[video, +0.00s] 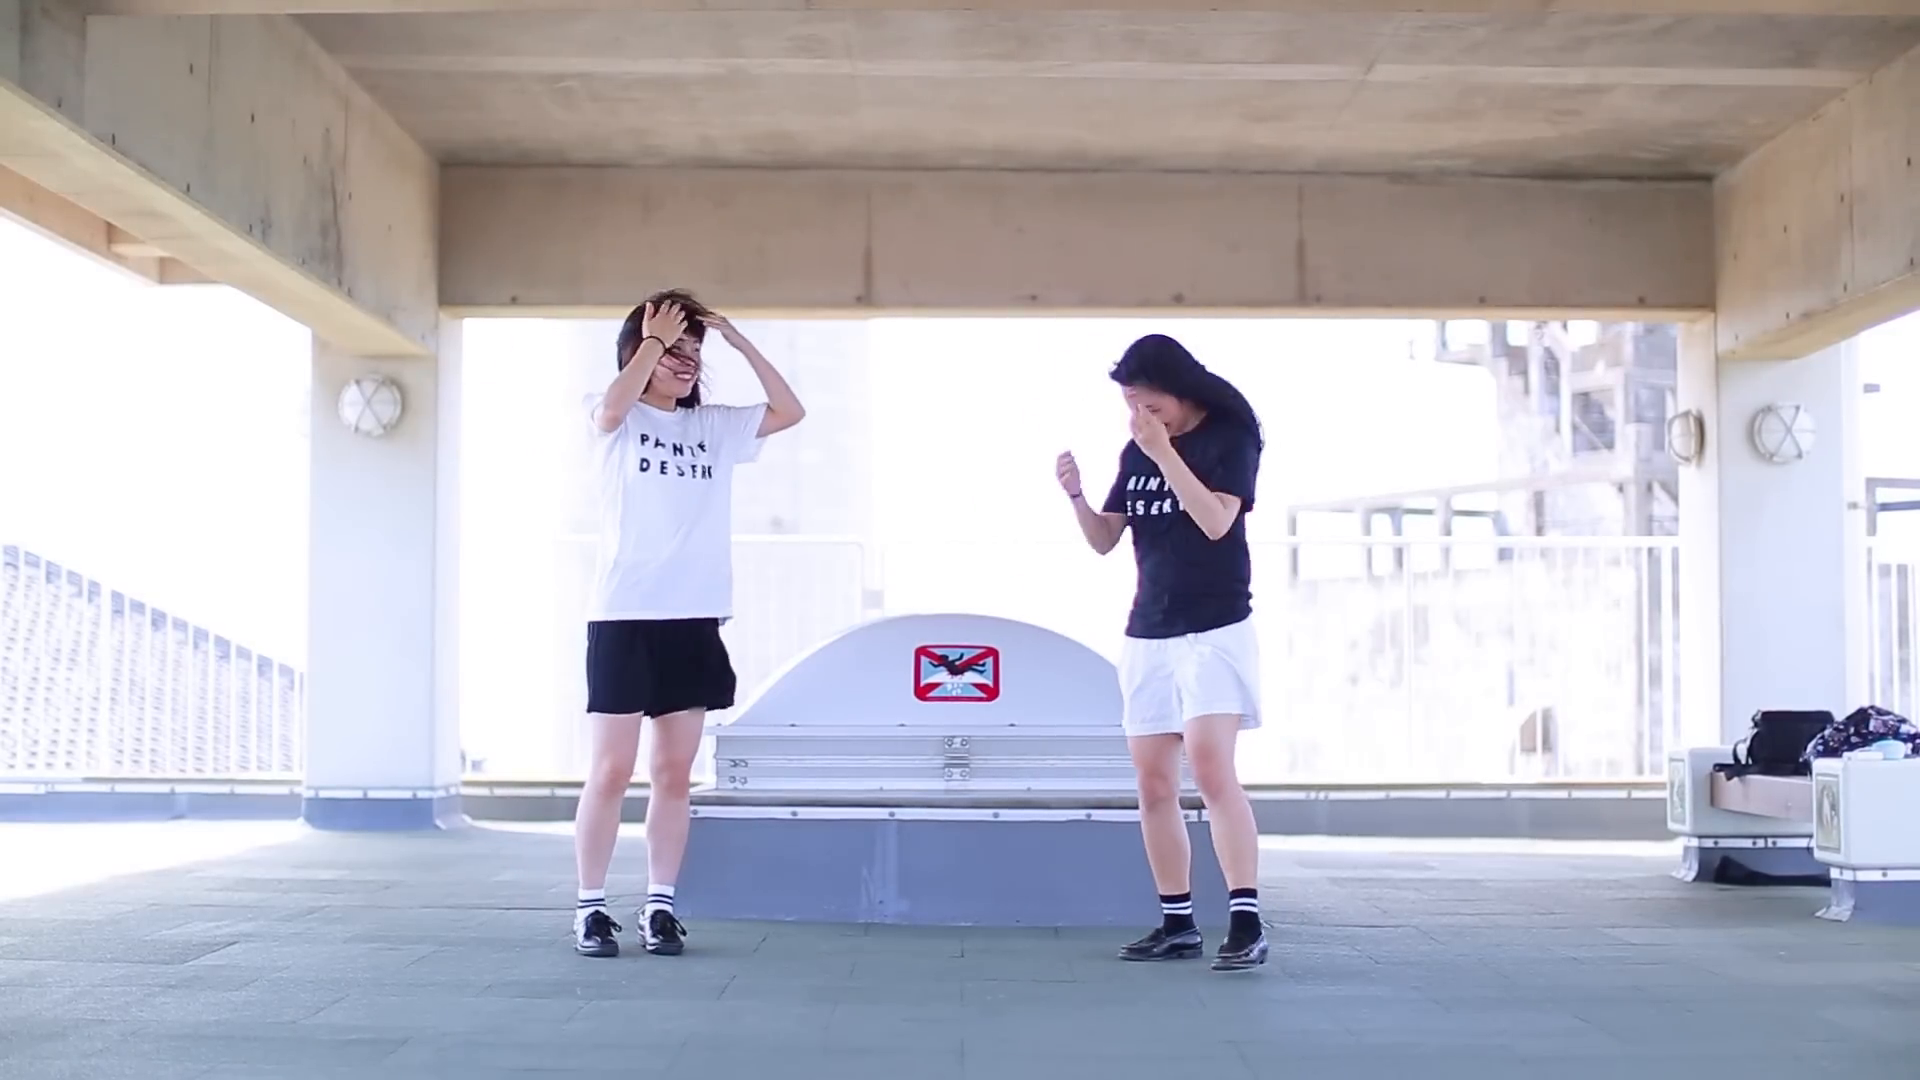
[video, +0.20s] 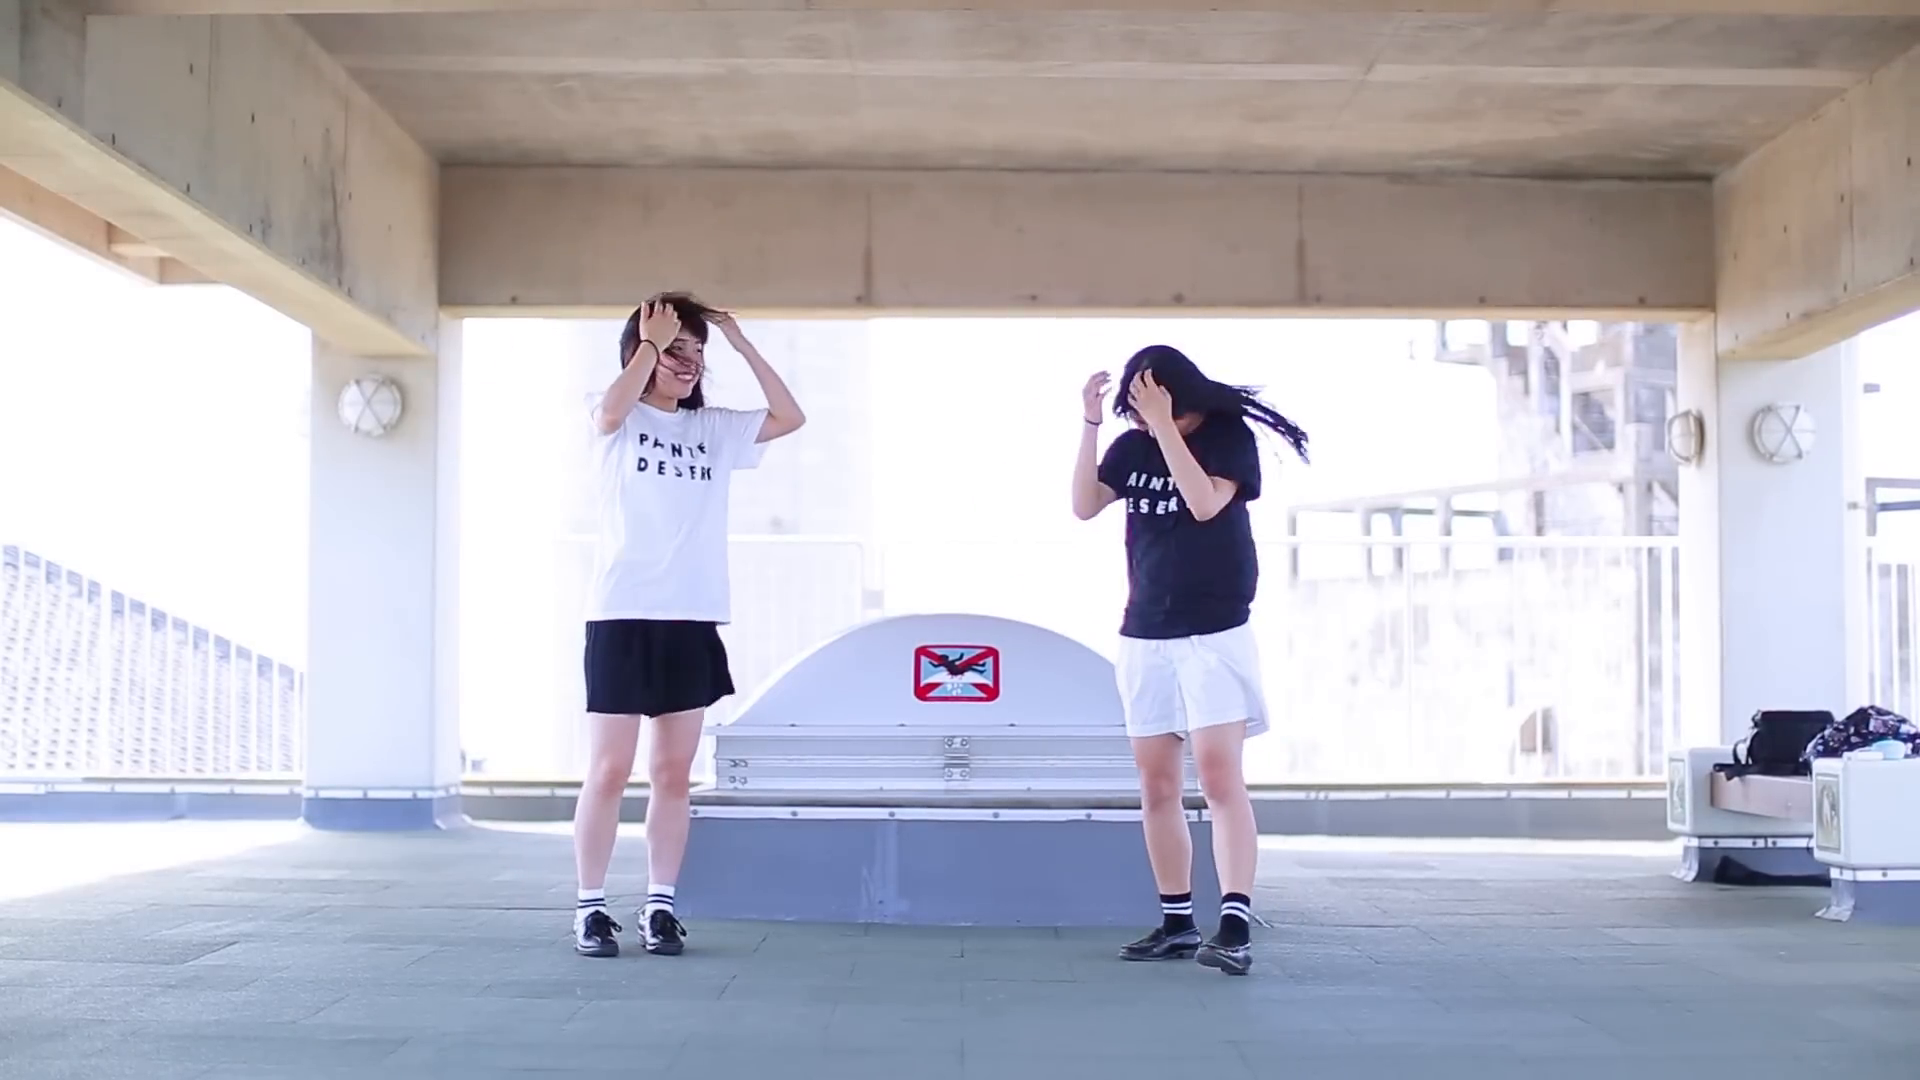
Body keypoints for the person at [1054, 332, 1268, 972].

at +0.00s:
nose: (1141, 415)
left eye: (1148, 403)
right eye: (1134, 405)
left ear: (1179, 390)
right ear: (1137, 399)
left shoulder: (1230, 436)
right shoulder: (1141, 446)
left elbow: (1216, 521)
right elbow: (1104, 539)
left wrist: (1161, 450)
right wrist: (1077, 496)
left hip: (1214, 632)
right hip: (1147, 637)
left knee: (1212, 772)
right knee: (1154, 785)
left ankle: (1246, 924)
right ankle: (1178, 927)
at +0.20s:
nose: (1144, 412)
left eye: (1153, 400)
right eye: (1138, 405)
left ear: (1182, 393)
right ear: (1135, 407)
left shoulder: (1229, 435)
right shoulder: (1134, 445)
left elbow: (1206, 502)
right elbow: (1084, 504)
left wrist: (1162, 425)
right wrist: (1092, 423)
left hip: (1215, 633)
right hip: (1144, 637)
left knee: (1219, 778)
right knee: (1158, 785)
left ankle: (1234, 930)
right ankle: (1177, 928)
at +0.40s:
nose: (1154, 413)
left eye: (1163, 401)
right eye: (1144, 404)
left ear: (1193, 390)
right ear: (1138, 402)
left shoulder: (1238, 438)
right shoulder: (1137, 448)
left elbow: (1252, 512)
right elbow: (1104, 508)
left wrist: (1211, 442)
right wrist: (1101, 418)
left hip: (1220, 633)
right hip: (1148, 637)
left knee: (1221, 780)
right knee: (1160, 788)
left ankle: (1233, 930)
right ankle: (1178, 925)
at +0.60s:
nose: (1172, 403)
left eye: (1181, 388)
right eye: (1161, 392)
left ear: (1213, 379)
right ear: (1152, 392)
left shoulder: (1250, 434)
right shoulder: (1150, 445)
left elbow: (1250, 467)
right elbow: (1123, 495)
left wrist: (1214, 383)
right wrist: (1122, 407)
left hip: (1234, 633)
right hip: (1160, 637)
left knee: (1229, 782)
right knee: (1146, 796)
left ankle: (1234, 931)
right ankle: (1174, 913)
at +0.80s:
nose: (1178, 399)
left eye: (1190, 385)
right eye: (1168, 387)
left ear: (1221, 380)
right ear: (1160, 389)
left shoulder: (1257, 434)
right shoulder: (1155, 451)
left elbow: (1253, 463)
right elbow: (1124, 496)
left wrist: (1214, 386)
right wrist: (1127, 408)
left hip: (1239, 634)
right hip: (1164, 638)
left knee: (1231, 784)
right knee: (1142, 798)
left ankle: (1235, 929)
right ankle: (1179, 905)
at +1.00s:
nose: (1171, 393)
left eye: (1181, 379)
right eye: (1164, 383)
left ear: (1215, 375)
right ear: (1163, 388)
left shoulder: (1260, 434)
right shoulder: (1164, 452)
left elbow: (1226, 466)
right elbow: (1120, 495)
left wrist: (1200, 385)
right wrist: (1123, 409)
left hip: (1236, 637)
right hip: (1161, 640)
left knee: (1228, 786)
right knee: (1132, 797)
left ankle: (1234, 931)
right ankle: (1173, 899)